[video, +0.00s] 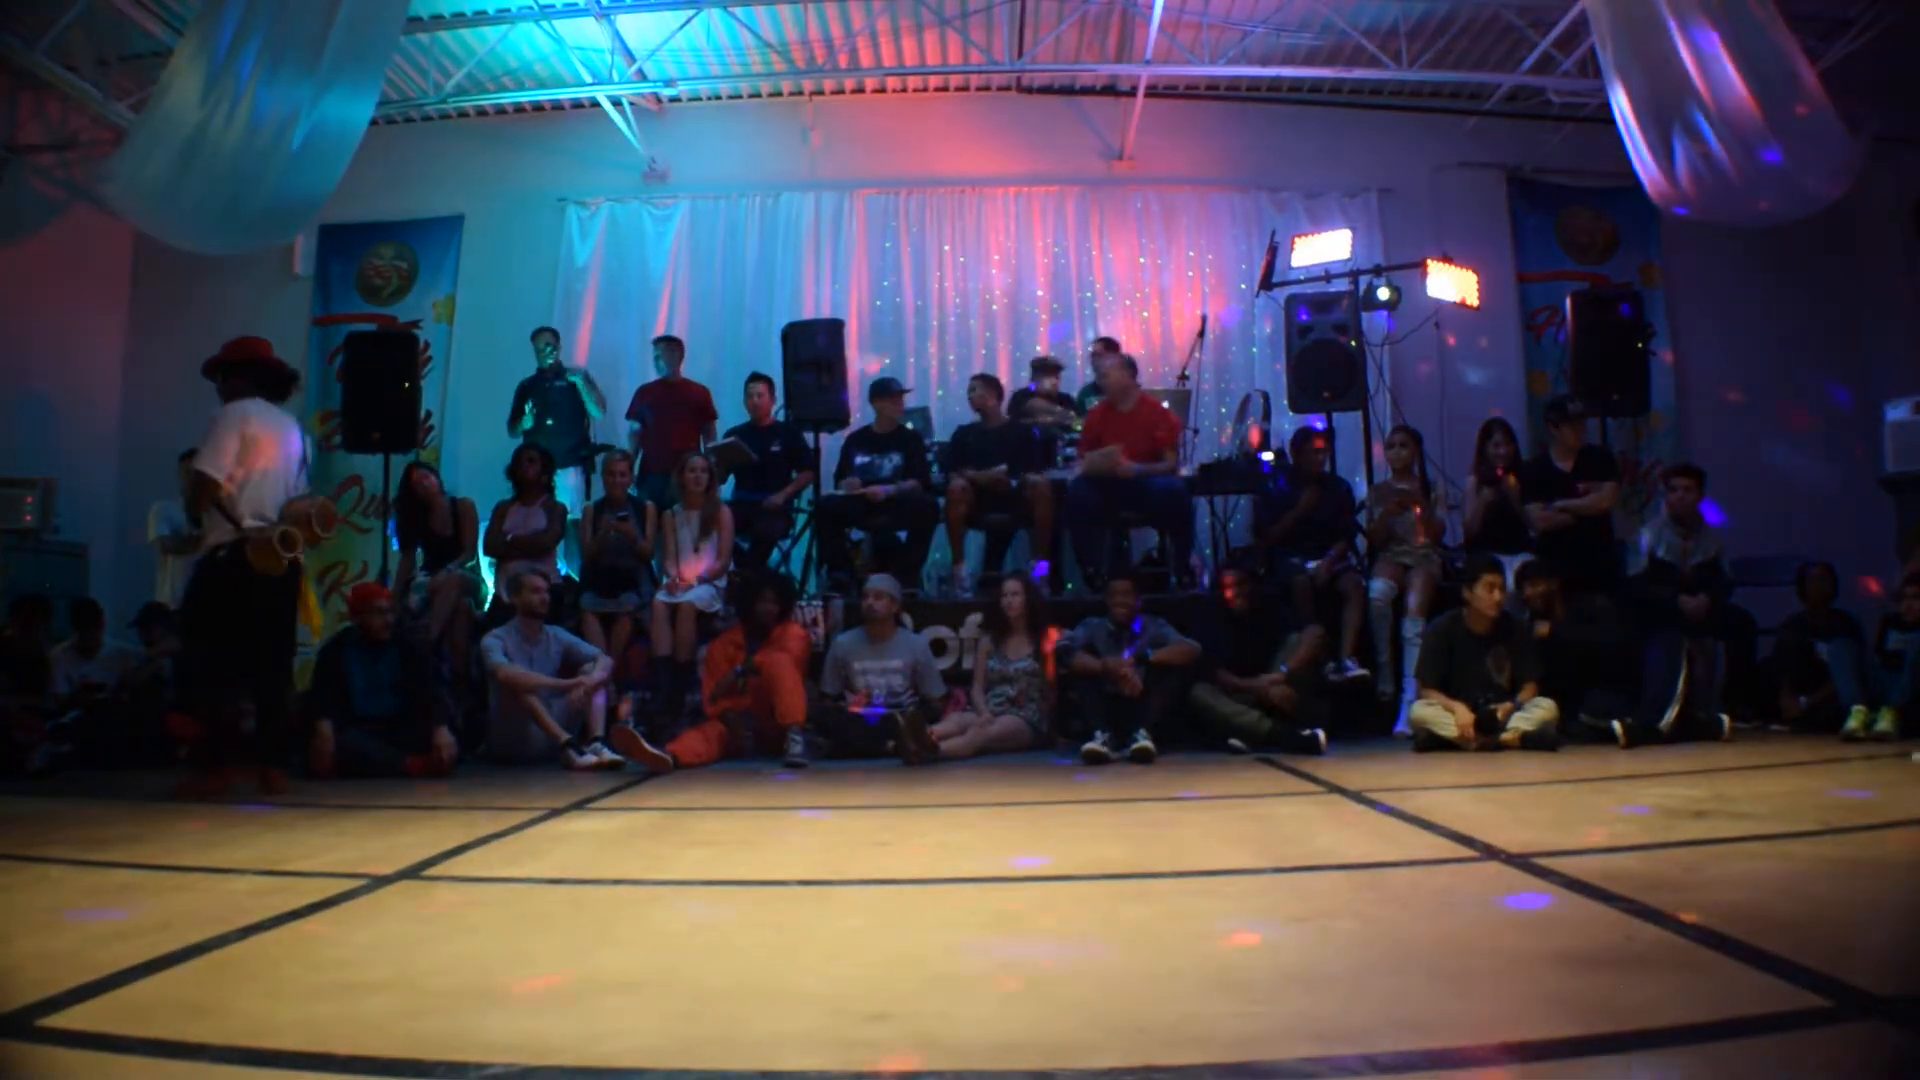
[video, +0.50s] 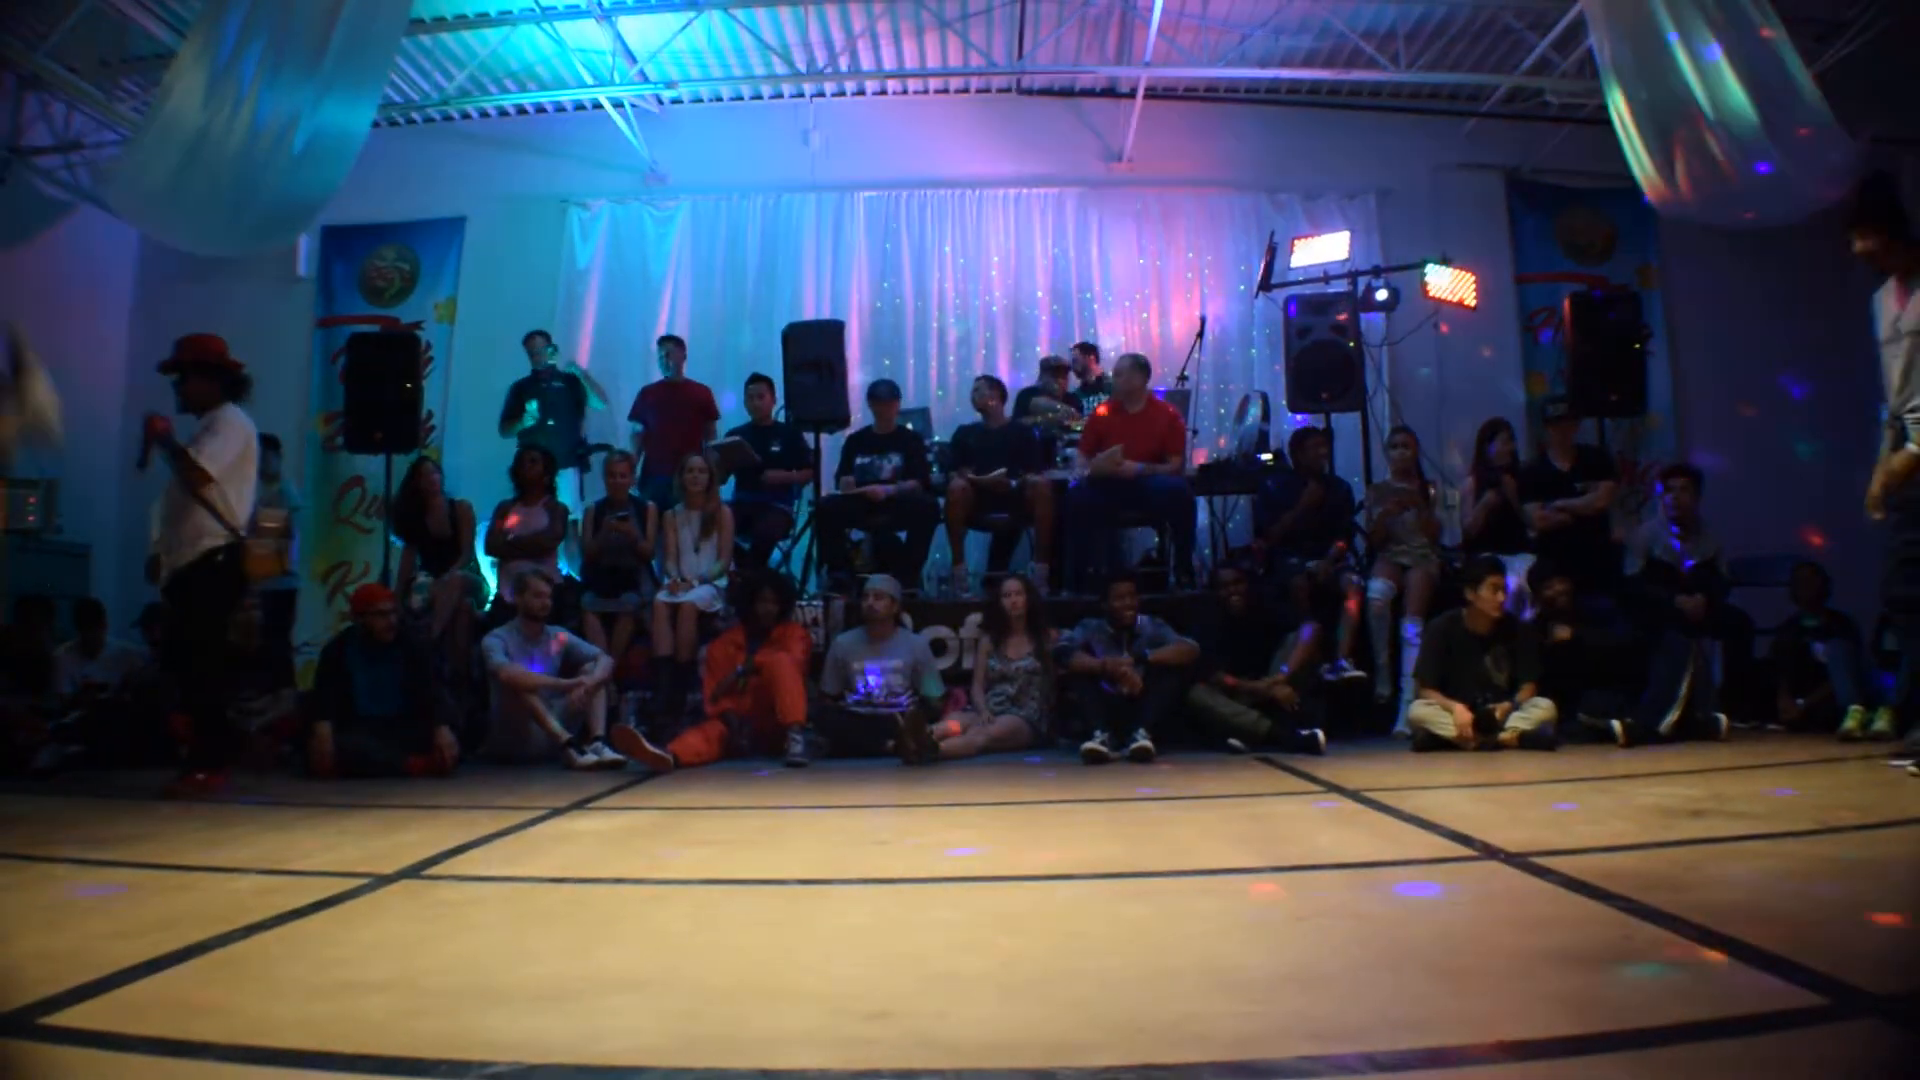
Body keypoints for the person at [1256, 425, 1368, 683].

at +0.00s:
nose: (1319, 458)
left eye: (1323, 452)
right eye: (1313, 452)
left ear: (1327, 454)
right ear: (1296, 454)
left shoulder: (1338, 486)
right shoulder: (1278, 485)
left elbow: (1347, 535)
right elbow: (1267, 535)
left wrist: (1330, 562)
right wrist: (1299, 510)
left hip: (1329, 554)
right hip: (1292, 554)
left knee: (1354, 585)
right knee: (1301, 584)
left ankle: (1347, 657)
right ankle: (1314, 658)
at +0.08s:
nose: (1320, 458)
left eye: (1324, 451)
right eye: (1313, 452)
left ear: (1328, 454)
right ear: (1296, 454)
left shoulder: (1338, 487)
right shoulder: (1278, 485)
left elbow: (1347, 534)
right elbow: (1267, 535)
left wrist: (1331, 561)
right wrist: (1300, 509)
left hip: (1329, 555)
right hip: (1292, 555)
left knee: (1354, 585)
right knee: (1301, 583)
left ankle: (1346, 658)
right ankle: (1316, 658)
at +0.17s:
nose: (1320, 458)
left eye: (1323, 451)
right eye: (1313, 452)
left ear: (1328, 453)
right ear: (1296, 454)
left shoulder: (1337, 487)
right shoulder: (1277, 486)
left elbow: (1346, 533)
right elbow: (1267, 535)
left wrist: (1332, 560)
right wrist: (1300, 509)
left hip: (1328, 555)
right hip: (1291, 555)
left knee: (1353, 584)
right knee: (1301, 583)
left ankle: (1345, 657)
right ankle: (1313, 657)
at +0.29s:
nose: (1321, 457)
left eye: (1323, 451)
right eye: (1313, 452)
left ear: (1328, 453)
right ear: (1296, 455)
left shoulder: (1337, 487)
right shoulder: (1276, 486)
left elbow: (1345, 536)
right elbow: (1267, 535)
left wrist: (1328, 561)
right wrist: (1299, 508)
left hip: (1327, 554)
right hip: (1290, 554)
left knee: (1351, 584)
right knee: (1300, 583)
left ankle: (1343, 657)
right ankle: (1310, 657)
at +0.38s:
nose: (1321, 457)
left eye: (1324, 451)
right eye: (1314, 452)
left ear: (1328, 453)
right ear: (1296, 455)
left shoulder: (1337, 488)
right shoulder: (1277, 487)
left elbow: (1344, 536)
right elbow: (1267, 535)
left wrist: (1328, 562)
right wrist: (1300, 506)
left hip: (1326, 555)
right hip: (1290, 555)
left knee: (1351, 584)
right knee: (1299, 584)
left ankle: (1342, 657)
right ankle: (1308, 657)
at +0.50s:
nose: (1322, 454)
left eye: (1324, 447)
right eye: (1314, 449)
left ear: (1328, 451)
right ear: (1297, 454)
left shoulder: (1339, 487)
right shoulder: (1278, 486)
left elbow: (1345, 533)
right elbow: (1268, 535)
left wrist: (1330, 561)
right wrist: (1302, 507)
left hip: (1328, 556)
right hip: (1290, 555)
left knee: (1353, 585)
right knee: (1299, 583)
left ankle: (1342, 658)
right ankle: (1307, 658)